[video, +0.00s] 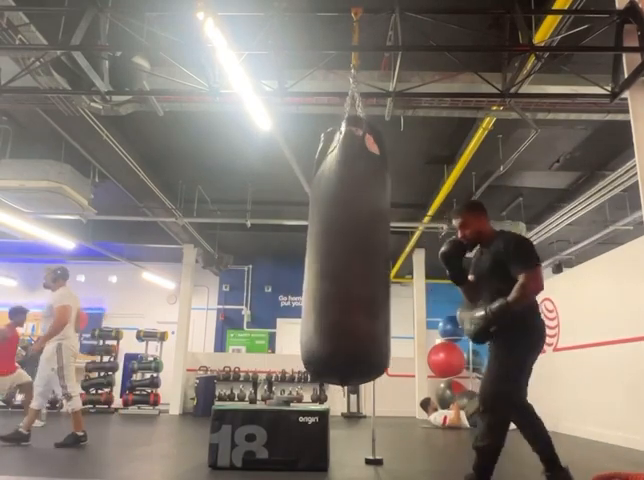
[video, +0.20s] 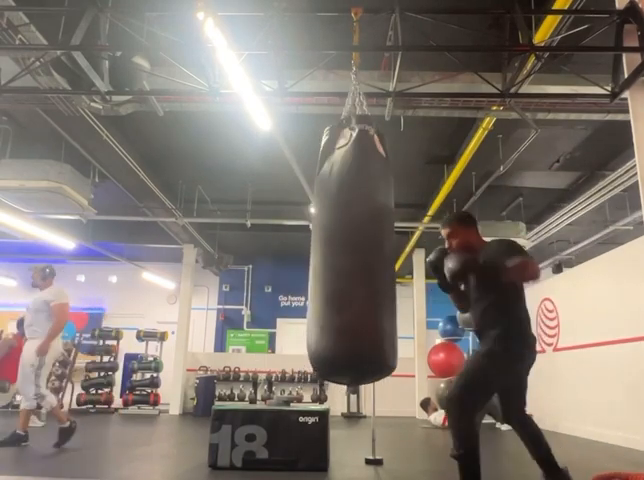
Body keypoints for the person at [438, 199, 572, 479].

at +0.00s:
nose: (460, 235)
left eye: (463, 227)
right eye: (457, 229)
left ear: (481, 219)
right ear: (468, 226)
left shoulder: (513, 243)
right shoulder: (480, 257)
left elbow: (533, 282)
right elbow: (475, 297)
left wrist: (492, 313)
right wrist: (456, 267)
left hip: (521, 331)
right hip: (506, 333)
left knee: (493, 401)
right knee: (514, 401)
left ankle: (480, 473)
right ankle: (555, 469)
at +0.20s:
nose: (448, 246)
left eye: (451, 237)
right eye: (446, 240)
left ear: (469, 231)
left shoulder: (499, 248)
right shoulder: (466, 264)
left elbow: (531, 270)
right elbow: (464, 306)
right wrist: (451, 283)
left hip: (510, 343)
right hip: (497, 345)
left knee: (459, 403)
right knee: (515, 414)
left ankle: (470, 475)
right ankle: (555, 473)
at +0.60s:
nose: (435, 230)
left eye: (438, 222)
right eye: (434, 224)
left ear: (458, 219)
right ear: (455, 221)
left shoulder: (495, 249)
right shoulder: (455, 254)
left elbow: (531, 283)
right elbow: (445, 283)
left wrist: (491, 287)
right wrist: (419, 277)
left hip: (489, 345)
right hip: (474, 344)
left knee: (452, 411)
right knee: (497, 408)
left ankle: (472, 474)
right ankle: (542, 470)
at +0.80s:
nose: (440, 244)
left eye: (442, 236)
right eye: (439, 238)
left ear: (462, 231)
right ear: (469, 232)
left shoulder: (466, 256)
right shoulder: (509, 261)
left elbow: (461, 285)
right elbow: (536, 301)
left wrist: (424, 290)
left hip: (474, 360)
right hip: (506, 360)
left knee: (432, 427)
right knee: (503, 424)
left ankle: (457, 476)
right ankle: (542, 475)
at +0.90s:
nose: (436, 237)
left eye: (437, 229)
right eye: (433, 231)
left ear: (456, 221)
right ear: (460, 222)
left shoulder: (467, 253)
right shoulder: (502, 242)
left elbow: (473, 303)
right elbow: (534, 270)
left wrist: (438, 298)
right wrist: (500, 284)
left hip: (481, 355)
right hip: (511, 349)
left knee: (444, 423)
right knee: (507, 411)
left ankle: (462, 475)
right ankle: (537, 470)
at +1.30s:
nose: (461, 220)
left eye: (462, 211)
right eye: (459, 213)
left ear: (480, 200)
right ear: (494, 199)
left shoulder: (494, 224)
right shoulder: (542, 224)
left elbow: (504, 265)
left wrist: (465, 298)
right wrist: (473, 247)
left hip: (522, 342)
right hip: (560, 339)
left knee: (479, 429)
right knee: (545, 412)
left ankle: (493, 474)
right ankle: (581, 473)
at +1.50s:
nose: (506, 192)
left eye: (506, 181)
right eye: (503, 185)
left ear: (529, 168)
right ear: (532, 169)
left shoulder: (556, 187)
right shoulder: (593, 194)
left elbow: (576, 226)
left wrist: (528, 251)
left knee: (527, 419)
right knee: (626, 433)